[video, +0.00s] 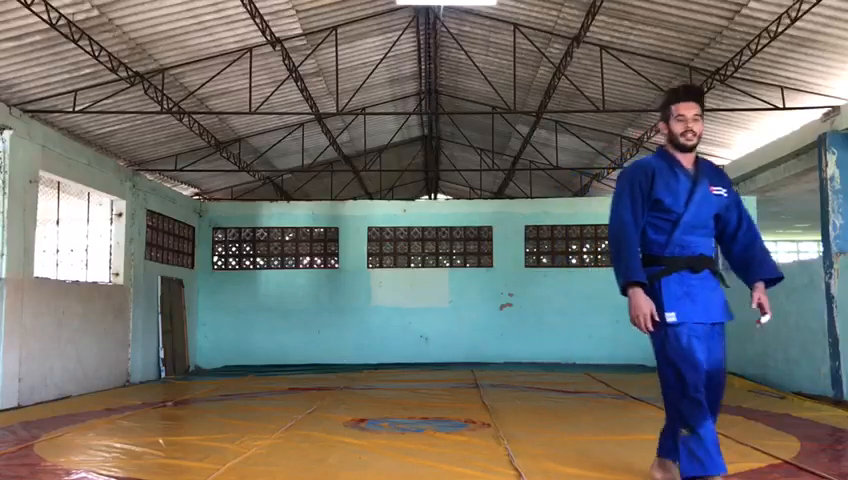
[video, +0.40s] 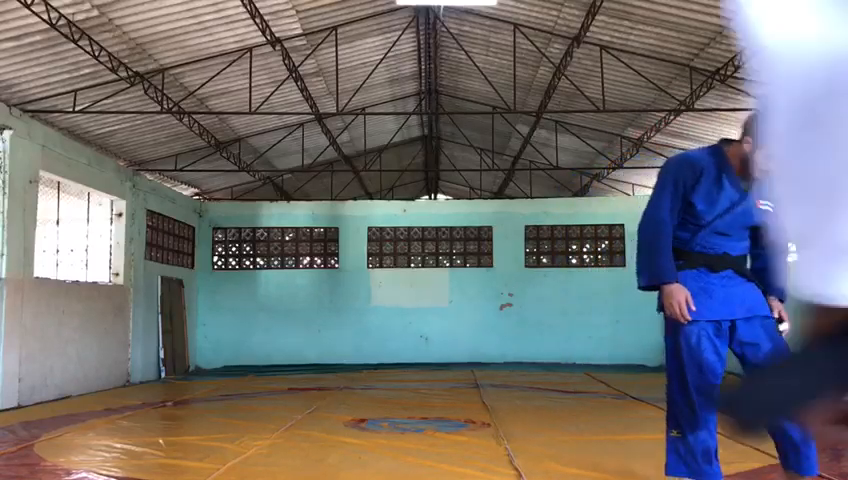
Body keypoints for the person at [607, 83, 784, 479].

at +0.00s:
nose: (689, 126)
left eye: (695, 119)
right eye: (680, 119)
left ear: (702, 124)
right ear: (663, 125)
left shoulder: (714, 176)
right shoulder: (641, 172)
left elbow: (739, 231)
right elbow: (622, 233)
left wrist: (757, 280)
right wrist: (633, 288)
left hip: (707, 280)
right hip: (665, 282)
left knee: (710, 376)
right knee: (689, 379)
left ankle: (666, 460)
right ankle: (709, 470)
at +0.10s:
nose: (708, 133)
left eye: (714, 125)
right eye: (700, 124)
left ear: (719, 125)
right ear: (678, 122)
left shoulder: (725, 174)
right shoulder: (650, 173)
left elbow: (746, 231)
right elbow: (634, 235)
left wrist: (756, 282)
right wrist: (644, 292)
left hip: (720, 280)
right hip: (677, 281)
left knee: (747, 366)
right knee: (697, 384)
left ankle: (714, 454)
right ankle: (702, 470)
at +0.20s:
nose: (730, 145)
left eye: (736, 137)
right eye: (723, 136)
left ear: (741, 132)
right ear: (699, 127)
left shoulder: (737, 176)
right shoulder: (658, 173)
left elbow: (752, 236)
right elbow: (642, 235)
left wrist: (761, 284)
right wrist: (654, 290)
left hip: (733, 281)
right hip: (683, 283)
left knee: (773, 362)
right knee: (696, 393)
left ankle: (734, 444)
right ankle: (698, 471)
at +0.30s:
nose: (752, 156)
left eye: (758, 149)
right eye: (747, 147)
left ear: (762, 140)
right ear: (723, 132)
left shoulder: (754, 178)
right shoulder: (672, 168)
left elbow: (761, 240)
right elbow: (649, 228)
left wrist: (768, 283)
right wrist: (661, 283)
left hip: (738, 277)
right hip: (687, 277)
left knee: (780, 367)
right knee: (696, 390)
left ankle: (785, 465)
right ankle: (698, 473)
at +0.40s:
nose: (768, 167)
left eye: (773, 160)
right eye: (766, 157)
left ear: (756, 147)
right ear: (747, 141)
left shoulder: (759, 179)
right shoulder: (686, 167)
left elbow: (765, 242)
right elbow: (655, 226)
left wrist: (773, 292)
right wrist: (667, 282)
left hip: (742, 285)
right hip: (692, 284)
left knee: (783, 380)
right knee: (696, 395)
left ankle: (804, 469)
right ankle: (699, 472)